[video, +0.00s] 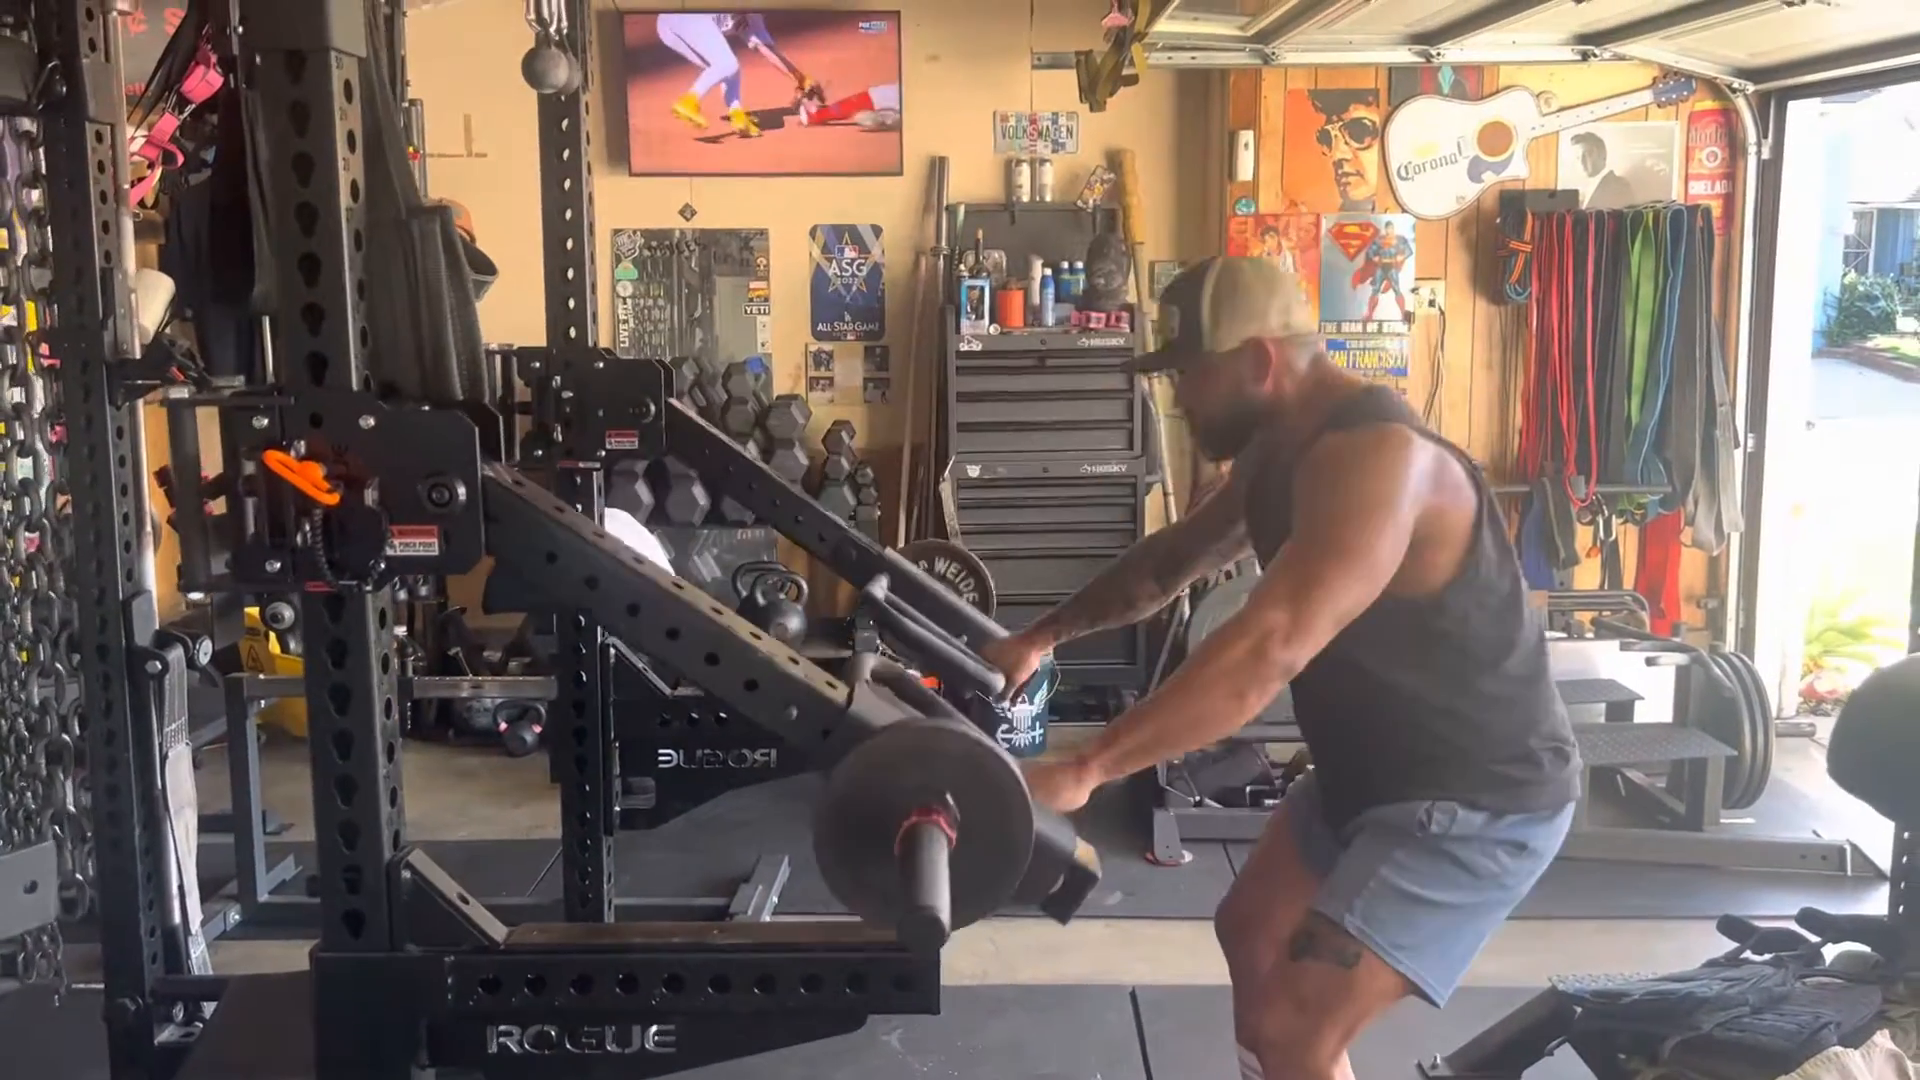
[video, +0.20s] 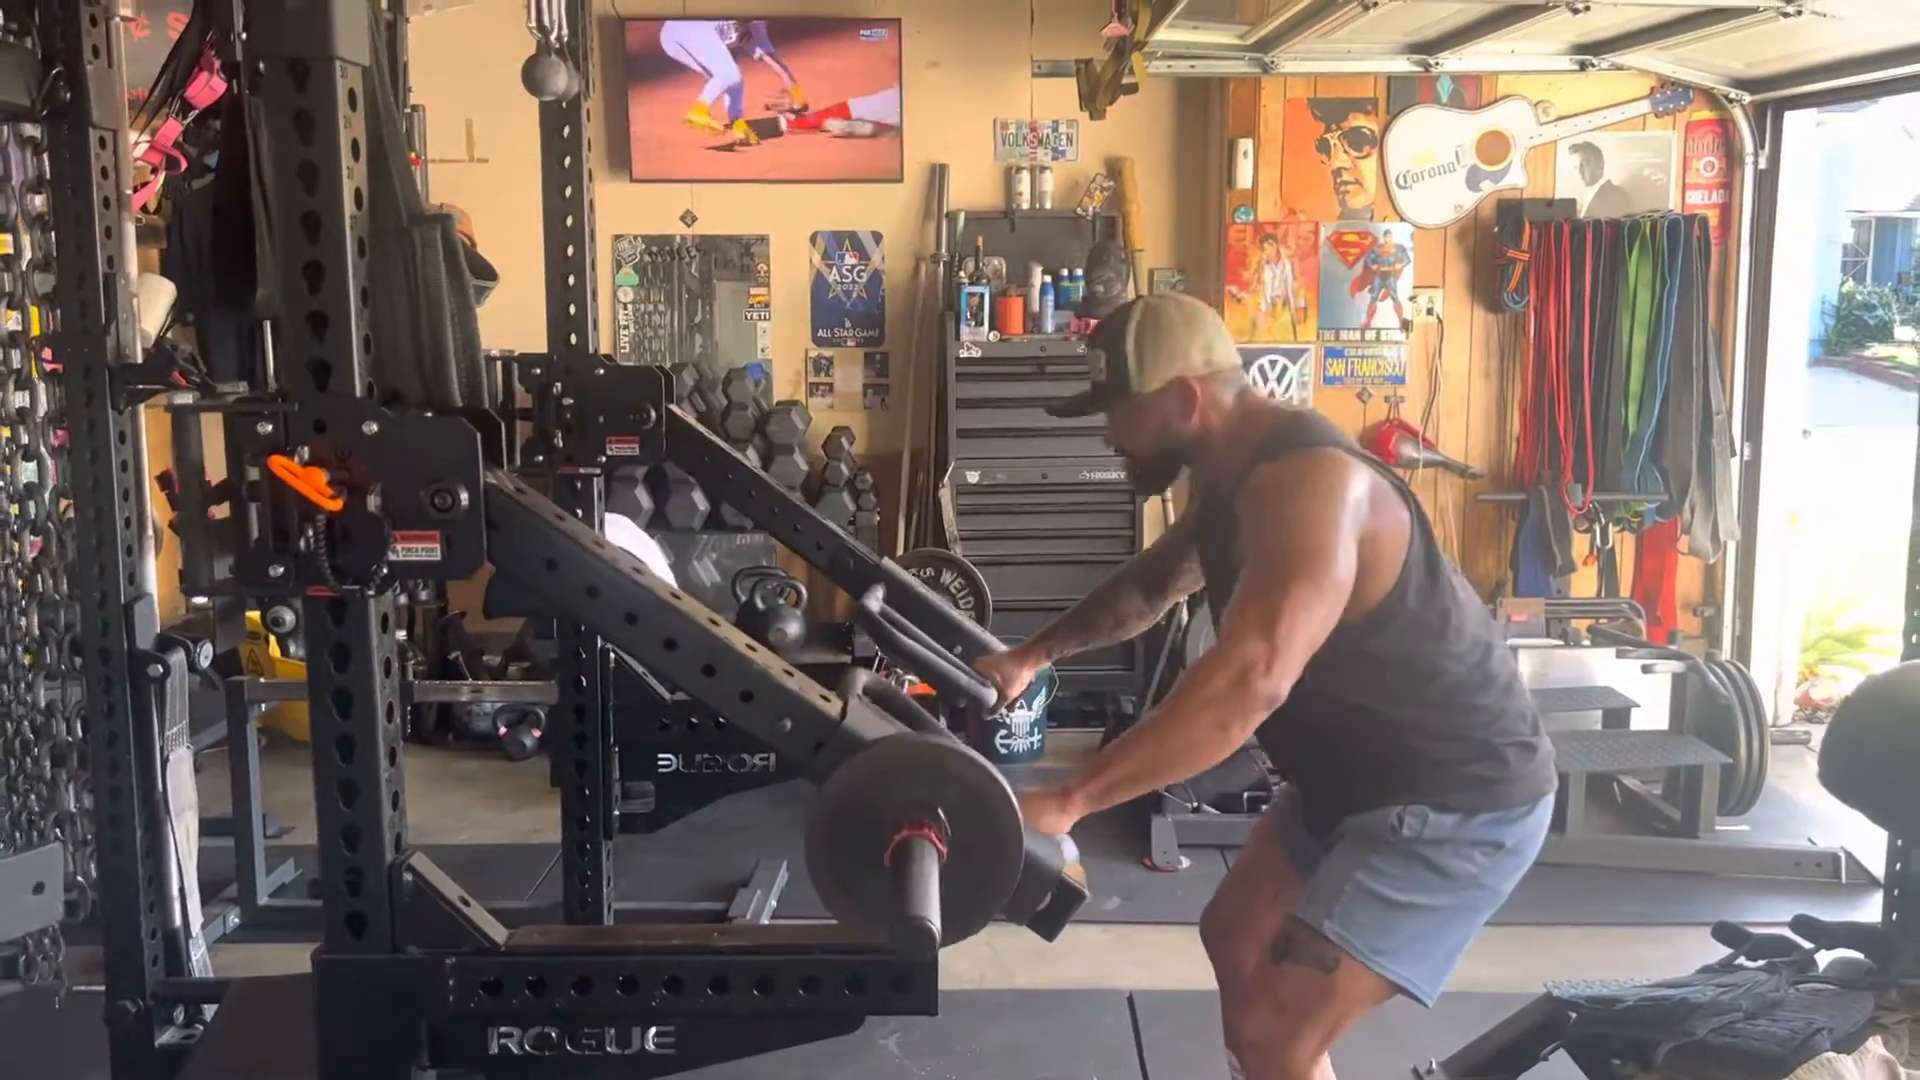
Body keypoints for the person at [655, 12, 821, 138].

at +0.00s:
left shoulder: (743, 19)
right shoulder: (750, 12)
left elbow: (765, 48)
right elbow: (766, 45)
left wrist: (799, 79)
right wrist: (801, 79)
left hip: (671, 23)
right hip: (686, 17)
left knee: (731, 68)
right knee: (726, 64)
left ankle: (738, 118)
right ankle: (687, 103)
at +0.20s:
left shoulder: (741, 36)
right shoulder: (755, 18)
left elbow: (768, 60)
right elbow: (770, 56)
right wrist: (794, 90)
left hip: (670, 34)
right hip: (693, 27)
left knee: (734, 81)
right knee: (728, 74)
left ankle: (737, 126)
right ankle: (698, 111)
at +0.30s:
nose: (770, 30)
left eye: (771, 28)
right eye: (768, 26)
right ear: (760, 24)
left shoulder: (746, 45)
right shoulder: (755, 24)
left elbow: (773, 69)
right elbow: (771, 60)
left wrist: (790, 99)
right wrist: (792, 99)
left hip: (672, 43)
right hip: (691, 33)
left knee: (736, 85)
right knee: (728, 78)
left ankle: (735, 129)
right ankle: (708, 115)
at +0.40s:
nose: (772, 36)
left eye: (773, 33)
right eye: (770, 31)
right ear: (762, 29)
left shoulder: (751, 50)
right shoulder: (756, 33)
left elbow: (778, 80)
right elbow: (780, 78)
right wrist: (790, 110)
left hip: (671, 47)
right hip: (693, 36)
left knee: (736, 89)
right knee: (729, 83)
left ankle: (733, 130)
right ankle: (712, 119)